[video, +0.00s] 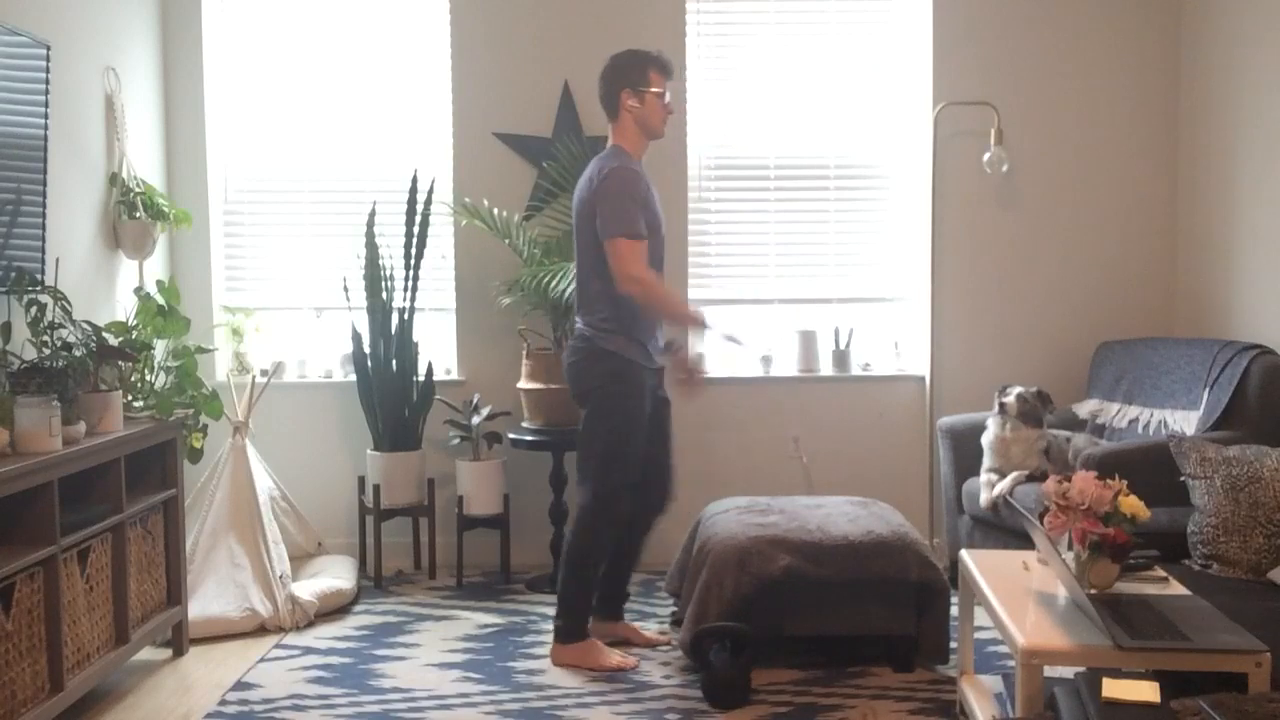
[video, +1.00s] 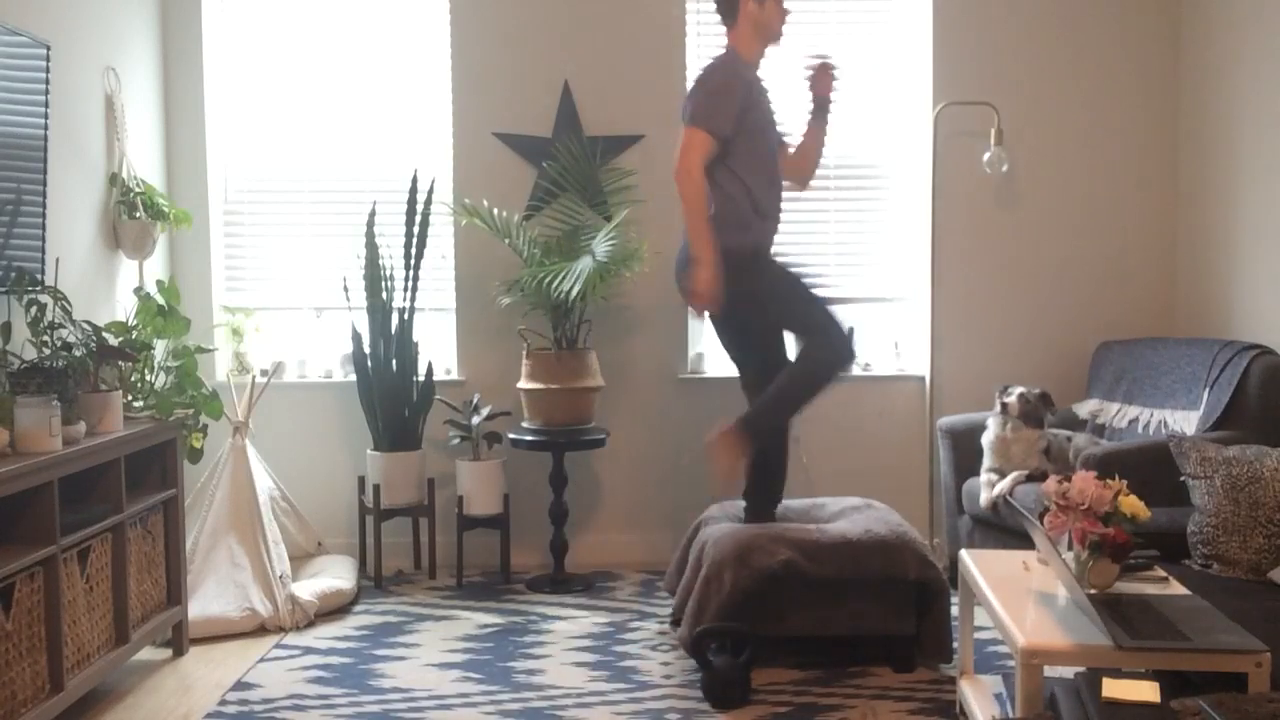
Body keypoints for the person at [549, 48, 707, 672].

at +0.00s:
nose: (670, 105)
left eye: (668, 94)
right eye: (661, 94)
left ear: (631, 104)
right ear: (628, 102)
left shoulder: (624, 172)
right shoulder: (616, 173)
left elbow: (631, 279)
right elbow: (628, 275)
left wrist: (672, 342)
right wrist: (689, 313)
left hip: (635, 357)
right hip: (611, 357)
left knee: (649, 488)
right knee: (607, 492)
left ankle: (607, 618)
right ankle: (570, 639)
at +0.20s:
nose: (672, 105)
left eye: (670, 94)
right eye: (663, 94)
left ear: (635, 99)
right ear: (628, 97)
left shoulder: (620, 168)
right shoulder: (618, 168)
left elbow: (681, 258)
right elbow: (682, 253)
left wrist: (738, 211)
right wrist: (745, 203)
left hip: (632, 350)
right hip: (601, 354)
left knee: (728, 403)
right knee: (596, 502)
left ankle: (644, 499)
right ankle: (569, 641)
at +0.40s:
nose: (693, 106)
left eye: (691, 96)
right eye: (685, 96)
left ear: (654, 104)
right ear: (655, 103)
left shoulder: (639, 167)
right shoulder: (641, 168)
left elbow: (718, 248)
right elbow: (725, 246)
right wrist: (726, 171)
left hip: (634, 337)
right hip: (613, 353)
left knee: (739, 307)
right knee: (611, 503)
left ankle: (725, 437)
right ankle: (569, 640)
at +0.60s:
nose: (729, 118)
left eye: (726, 107)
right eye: (720, 107)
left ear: (687, 119)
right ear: (691, 116)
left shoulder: (672, 184)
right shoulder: (677, 185)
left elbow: (742, 275)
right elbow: (745, 267)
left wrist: (755, 223)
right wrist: (765, 202)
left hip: (669, 352)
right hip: (642, 365)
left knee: (774, 370)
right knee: (636, 516)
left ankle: (755, 497)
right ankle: (571, 641)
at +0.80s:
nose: (769, 75)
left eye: (766, 64)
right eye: (760, 64)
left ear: (727, 75)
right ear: (731, 72)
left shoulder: (718, 139)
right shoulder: (721, 138)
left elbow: (732, 231)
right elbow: (734, 228)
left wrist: (795, 240)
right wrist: (811, 239)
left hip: (711, 326)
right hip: (690, 327)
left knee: (801, 404)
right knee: (671, 470)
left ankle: (759, 538)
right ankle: (599, 603)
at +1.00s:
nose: (784, 13)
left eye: (783, 5)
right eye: (776, 4)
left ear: (751, 12)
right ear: (749, 8)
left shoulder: (746, 85)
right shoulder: (725, 77)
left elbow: (798, 174)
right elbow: (688, 166)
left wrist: (820, 106)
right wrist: (705, 260)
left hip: (740, 261)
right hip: (733, 261)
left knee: (771, 401)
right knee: (831, 346)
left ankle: (760, 534)